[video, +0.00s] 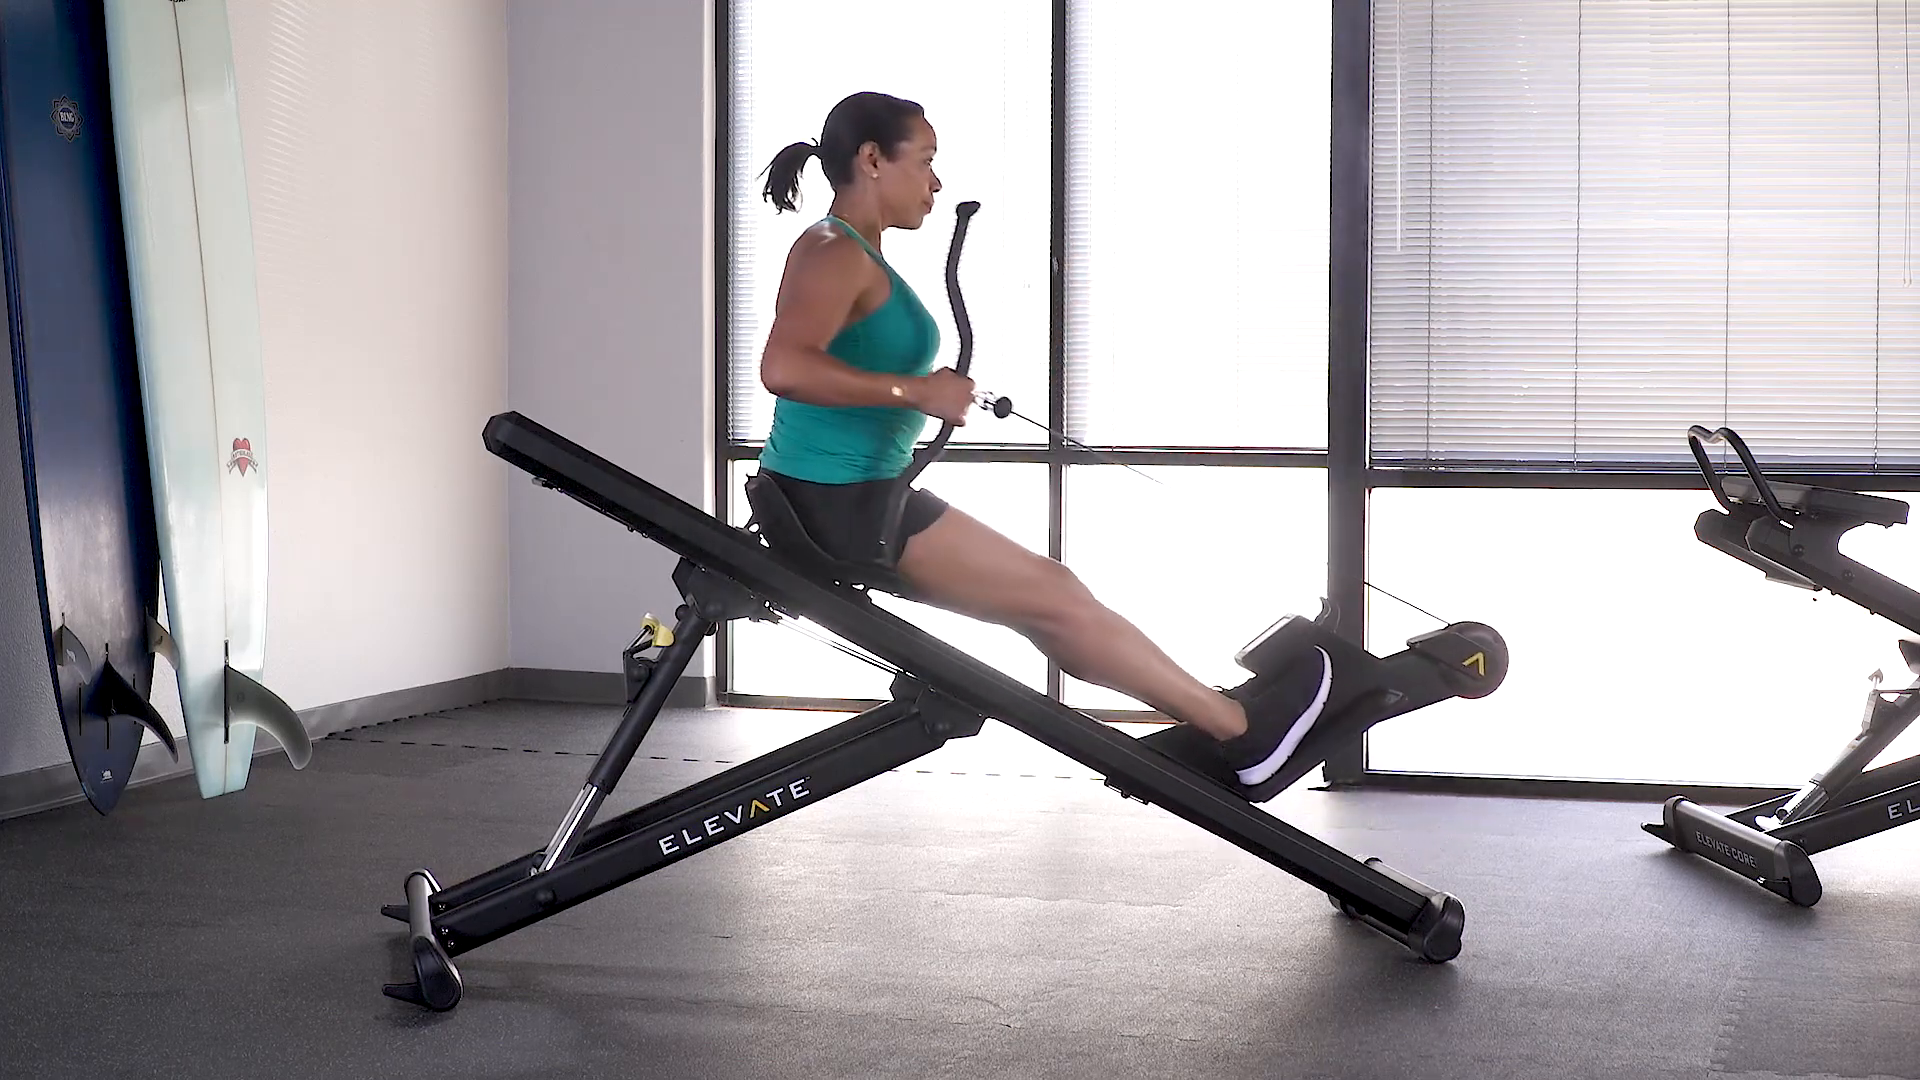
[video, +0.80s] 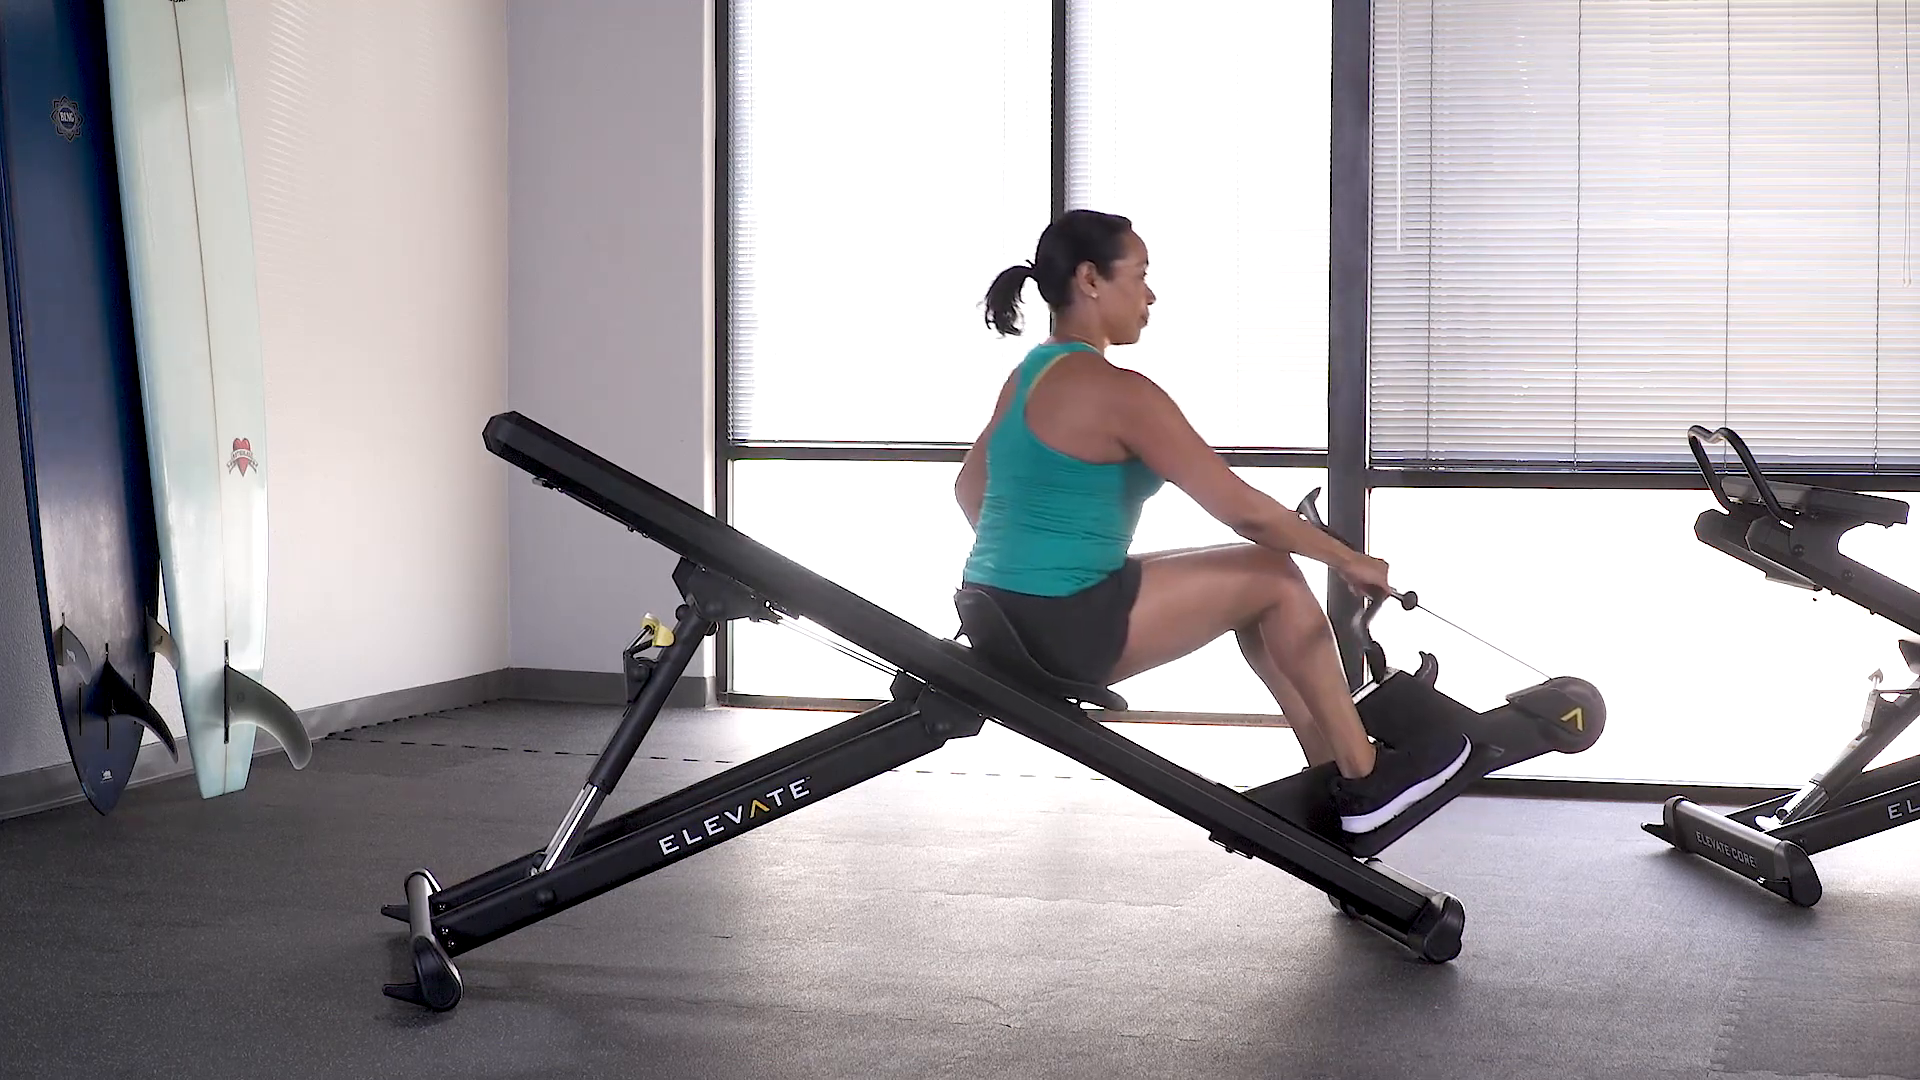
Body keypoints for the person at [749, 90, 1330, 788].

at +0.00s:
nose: (935, 180)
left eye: (933, 162)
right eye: (925, 160)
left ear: (875, 166)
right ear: (872, 163)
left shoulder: (855, 252)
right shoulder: (831, 252)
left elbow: (814, 367)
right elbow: (783, 366)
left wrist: (922, 389)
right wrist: (912, 390)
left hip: (865, 489)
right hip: (832, 500)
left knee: (1056, 589)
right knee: (1050, 599)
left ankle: (1224, 717)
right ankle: (1232, 723)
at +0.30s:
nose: (942, 188)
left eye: (939, 171)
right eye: (931, 170)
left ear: (880, 173)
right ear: (878, 172)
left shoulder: (861, 262)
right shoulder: (847, 267)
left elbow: (827, 384)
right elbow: (811, 383)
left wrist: (937, 404)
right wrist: (936, 406)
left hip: (854, 501)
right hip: (843, 509)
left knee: (1071, 582)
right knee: (1071, 585)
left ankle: (1237, 719)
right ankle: (1246, 728)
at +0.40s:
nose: (972, 204)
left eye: (970, 186)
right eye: (961, 186)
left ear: (911, 190)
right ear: (909, 188)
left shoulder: (890, 282)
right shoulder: (886, 285)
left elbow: (911, 417)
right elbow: (894, 410)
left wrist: (1015, 437)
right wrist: (1019, 434)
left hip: (877, 521)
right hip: (877, 528)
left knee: (1108, 583)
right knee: (1112, 582)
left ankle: (1260, 725)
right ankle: (1272, 736)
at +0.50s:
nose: (1013, 225)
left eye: (1010, 207)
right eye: (1002, 207)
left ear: (948, 213)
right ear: (950, 210)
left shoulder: (916, 303)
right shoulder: (936, 312)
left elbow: (976, 439)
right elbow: (985, 438)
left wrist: (1084, 460)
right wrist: (1103, 466)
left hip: (907, 544)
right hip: (919, 550)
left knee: (1146, 576)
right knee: (1152, 575)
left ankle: (1275, 731)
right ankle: (1300, 750)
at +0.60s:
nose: (1060, 250)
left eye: (1058, 233)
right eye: (1050, 232)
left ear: (995, 236)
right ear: (997, 234)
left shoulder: (947, 328)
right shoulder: (999, 339)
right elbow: (1083, 470)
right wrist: (1194, 498)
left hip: (928, 572)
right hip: (973, 578)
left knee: (1184, 578)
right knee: (1196, 566)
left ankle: (1296, 742)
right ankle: (1323, 754)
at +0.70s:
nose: (1105, 273)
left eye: (1102, 255)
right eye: (1094, 255)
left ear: (1039, 261)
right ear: (1044, 260)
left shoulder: (989, 351)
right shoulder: (1061, 367)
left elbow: (939, 468)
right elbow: (1167, 489)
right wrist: (1276, 527)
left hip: (962, 589)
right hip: (1023, 603)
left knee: (1223, 574)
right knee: (1245, 571)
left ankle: (1309, 749)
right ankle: (1346, 763)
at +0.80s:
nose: (1151, 296)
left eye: (1147, 279)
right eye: (1140, 279)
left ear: (1082, 283)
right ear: (1090, 281)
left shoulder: (1032, 374)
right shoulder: (1124, 394)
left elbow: (970, 488)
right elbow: (1245, 513)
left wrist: (1039, 553)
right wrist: (1349, 559)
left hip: (992, 609)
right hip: (1063, 623)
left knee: (1251, 570)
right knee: (1277, 577)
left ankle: (1325, 756)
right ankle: (1364, 772)